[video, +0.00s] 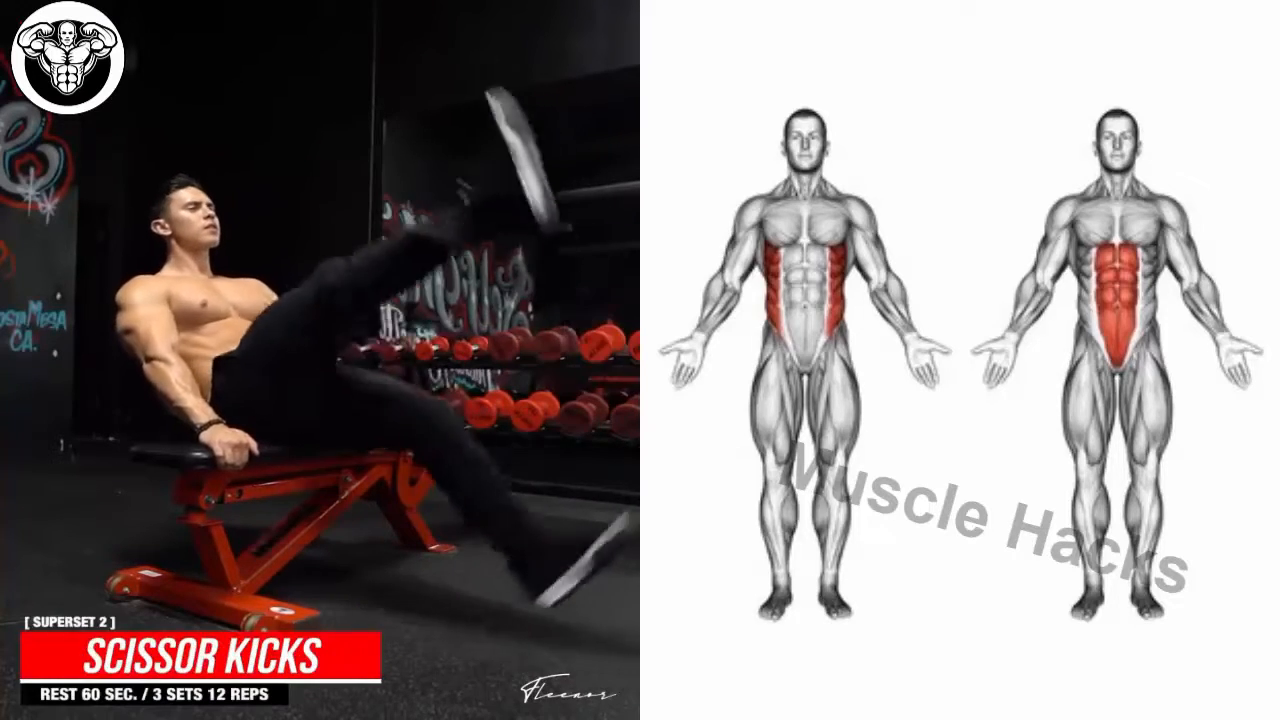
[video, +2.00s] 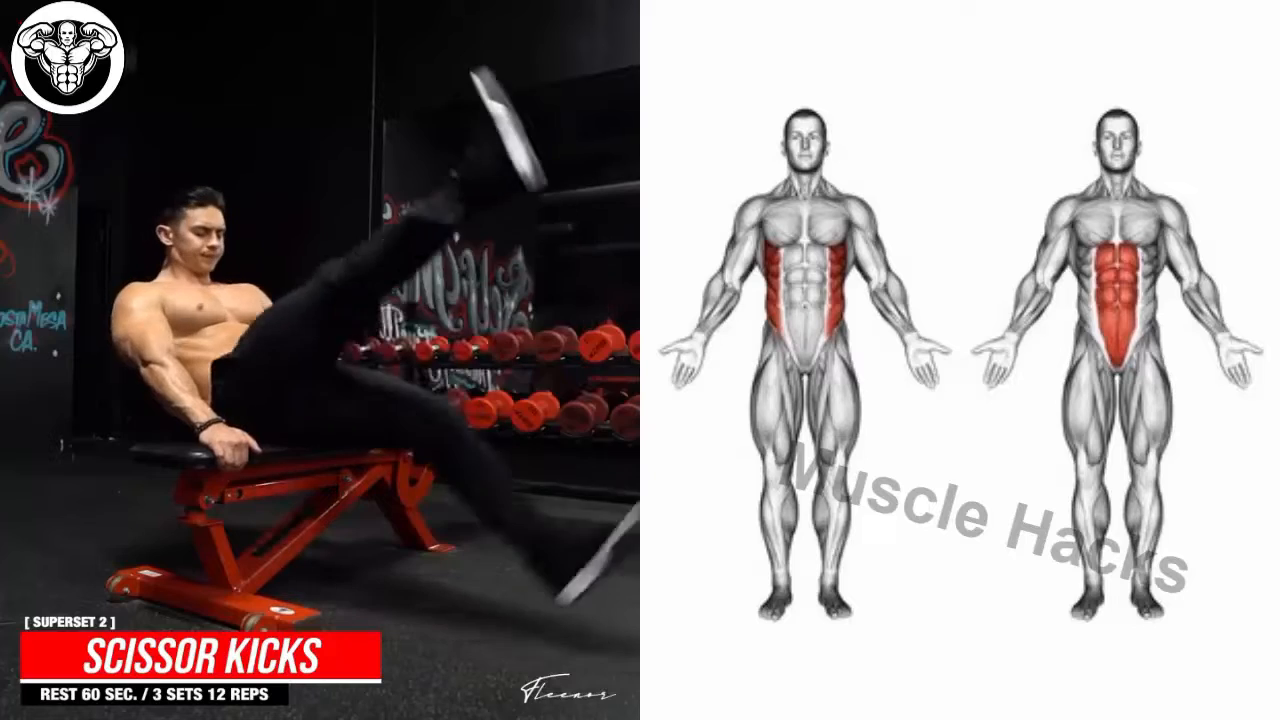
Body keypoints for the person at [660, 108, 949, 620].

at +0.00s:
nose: (804, 145)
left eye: (812, 138)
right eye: (797, 138)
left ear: (825, 146)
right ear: (785, 145)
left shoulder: (852, 211)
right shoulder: (758, 211)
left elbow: (881, 282)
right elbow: (729, 281)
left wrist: (910, 336)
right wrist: (700, 336)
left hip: (832, 355)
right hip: (777, 355)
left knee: (834, 467)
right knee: (777, 469)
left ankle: (830, 584)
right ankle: (780, 585)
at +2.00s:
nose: (804, 146)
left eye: (812, 138)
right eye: (797, 138)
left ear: (825, 145)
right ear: (785, 145)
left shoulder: (851, 211)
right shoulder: (758, 211)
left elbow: (881, 281)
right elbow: (729, 281)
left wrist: (909, 336)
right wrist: (700, 336)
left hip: (832, 356)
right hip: (777, 355)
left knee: (834, 467)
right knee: (776, 469)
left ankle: (830, 584)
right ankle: (780, 585)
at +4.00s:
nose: (804, 145)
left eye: (812, 138)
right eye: (797, 138)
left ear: (825, 145)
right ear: (785, 146)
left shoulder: (851, 211)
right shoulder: (758, 211)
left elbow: (881, 281)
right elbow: (729, 281)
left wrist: (909, 336)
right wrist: (700, 336)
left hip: (832, 355)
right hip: (778, 355)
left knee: (834, 467)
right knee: (776, 469)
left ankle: (829, 584)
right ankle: (780, 585)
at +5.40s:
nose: (805, 145)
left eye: (812, 138)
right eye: (797, 138)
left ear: (825, 145)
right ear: (785, 146)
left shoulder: (851, 211)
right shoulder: (758, 211)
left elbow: (881, 281)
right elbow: (729, 281)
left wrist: (909, 336)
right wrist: (700, 336)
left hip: (832, 355)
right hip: (778, 355)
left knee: (834, 467)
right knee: (777, 469)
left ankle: (829, 584)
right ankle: (780, 585)